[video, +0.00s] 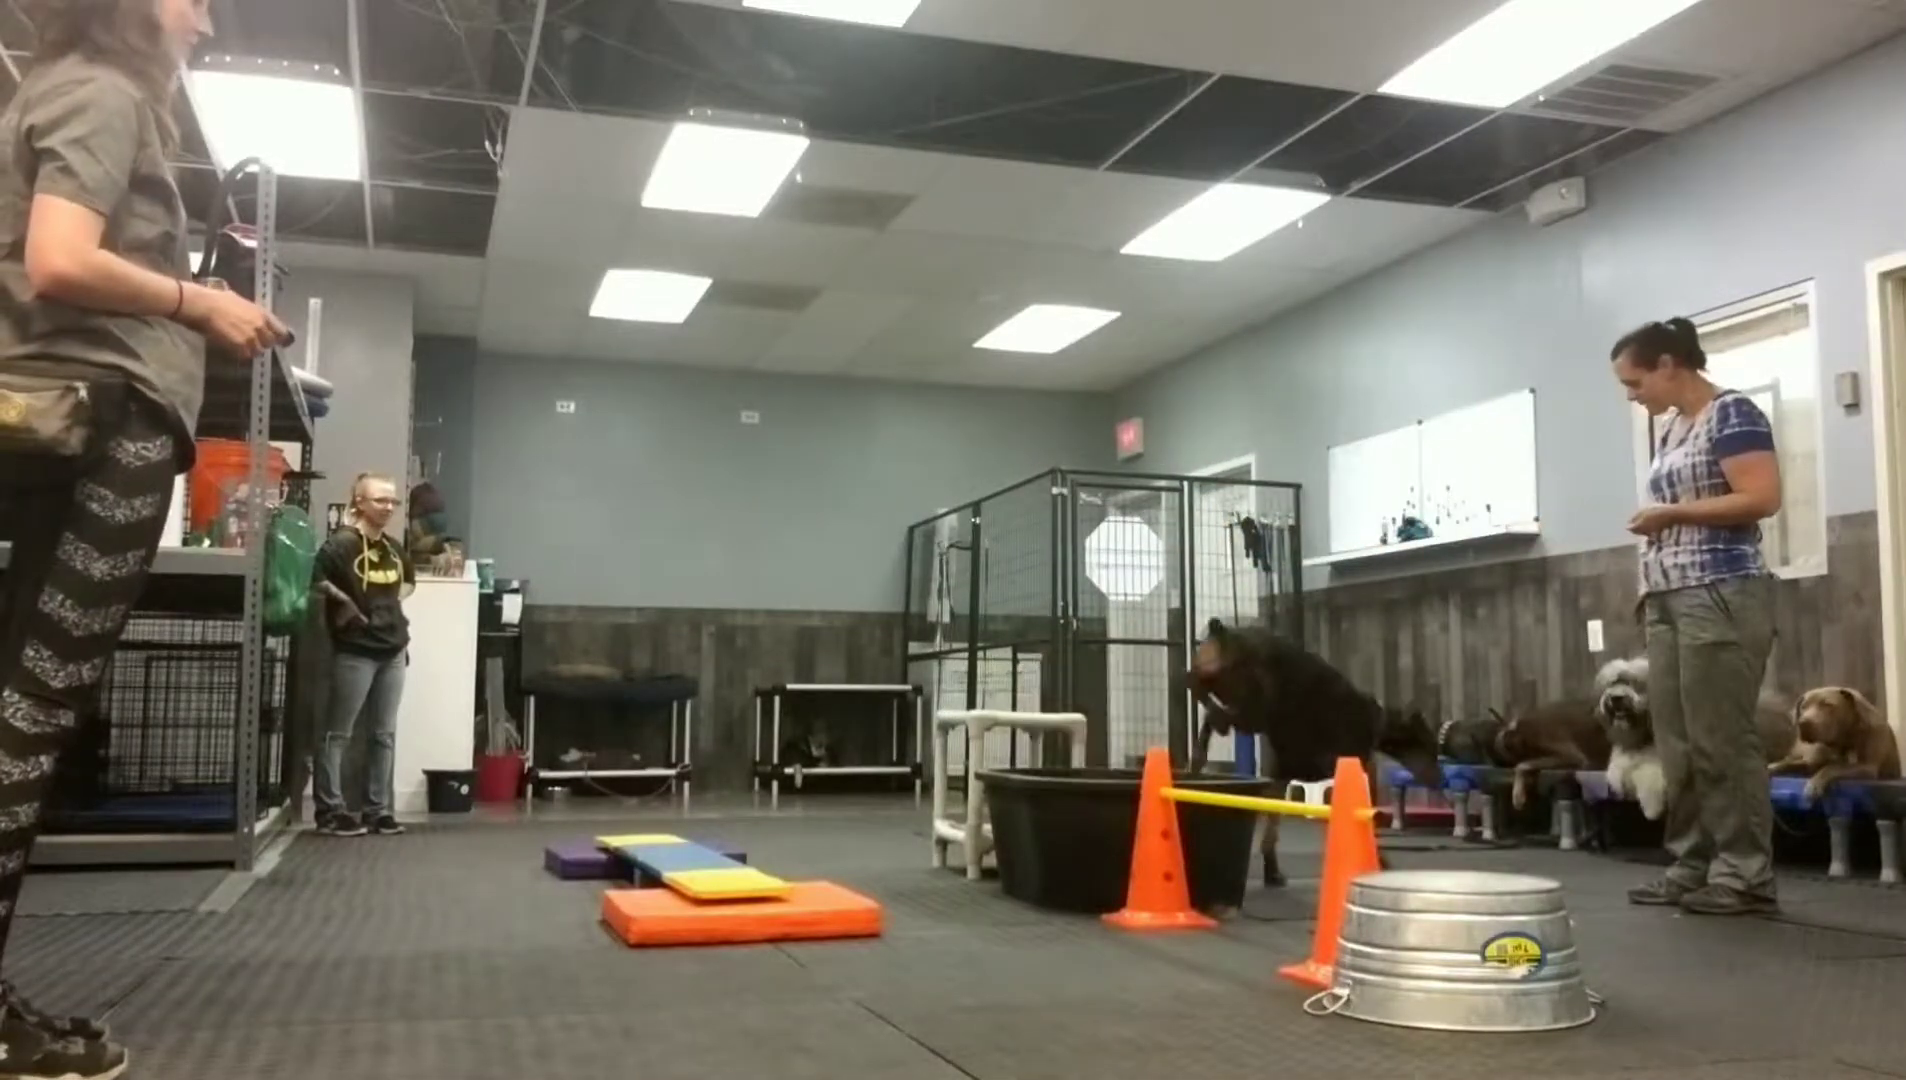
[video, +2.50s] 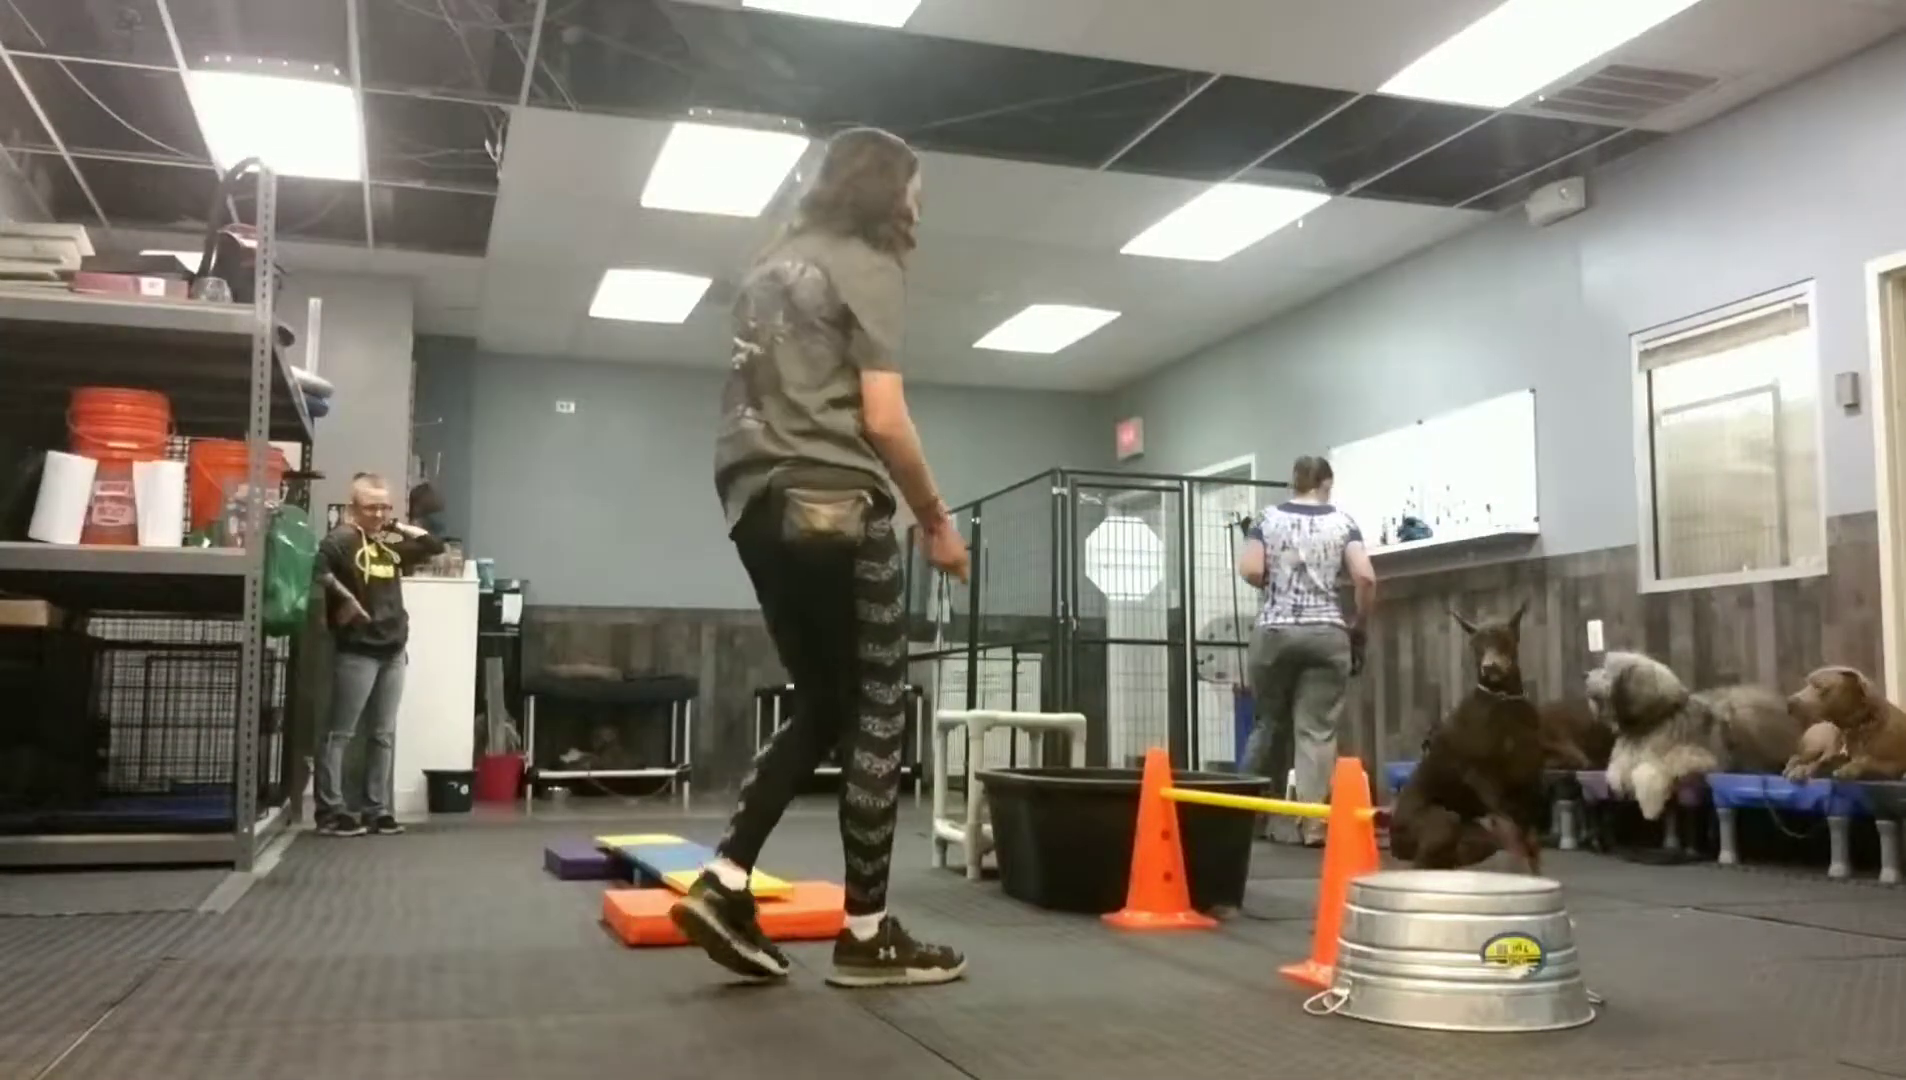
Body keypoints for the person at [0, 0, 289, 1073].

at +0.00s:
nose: (201, 22)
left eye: (202, 10)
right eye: (192, 5)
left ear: (114, 11)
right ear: (145, 4)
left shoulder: (74, 87)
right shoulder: (103, 89)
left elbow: (61, 263)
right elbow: (59, 261)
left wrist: (190, 299)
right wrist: (201, 301)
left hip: (81, 427)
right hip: (98, 430)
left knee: (40, 704)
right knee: (38, 707)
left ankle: (7, 1010)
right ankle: (3, 1015)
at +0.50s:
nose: (203, 20)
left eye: (202, 8)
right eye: (191, 3)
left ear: (124, 12)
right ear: (141, 2)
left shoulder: (102, 88)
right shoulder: (99, 88)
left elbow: (65, 261)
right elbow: (54, 259)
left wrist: (193, 293)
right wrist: (198, 297)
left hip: (99, 426)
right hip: (102, 429)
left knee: (39, 703)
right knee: (35, 707)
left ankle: (1, 1002)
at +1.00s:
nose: (185, 26)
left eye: (186, 14)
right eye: (176, 8)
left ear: (110, 13)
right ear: (126, 4)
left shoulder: (91, 87)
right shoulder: (82, 85)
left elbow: (62, 259)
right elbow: (37, 256)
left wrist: (181, 291)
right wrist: (186, 298)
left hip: (81, 421)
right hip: (85, 423)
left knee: (39, 699)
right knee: (32, 703)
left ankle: (4, 1008)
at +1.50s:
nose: (200, 38)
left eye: (202, 19)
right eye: (191, 14)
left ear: (95, 19)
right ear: (136, 15)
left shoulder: (48, 104)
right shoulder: (98, 109)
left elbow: (56, 274)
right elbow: (46, 274)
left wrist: (172, 308)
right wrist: (180, 315)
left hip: (35, 432)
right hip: (97, 437)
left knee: (30, 712)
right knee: (209, 673)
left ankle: (37, 972)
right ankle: (51, 936)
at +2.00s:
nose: (531, 112)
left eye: (528, 93)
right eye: (523, 92)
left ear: (427, 95)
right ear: (487, 94)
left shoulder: (380, 185)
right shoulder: (482, 184)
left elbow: (355, 323)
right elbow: (465, 332)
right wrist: (529, 377)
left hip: (372, 453)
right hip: (443, 459)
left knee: (508, 691)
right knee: (413, 713)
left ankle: (453, 933)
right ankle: (358, 968)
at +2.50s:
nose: (919, 210)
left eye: (919, 194)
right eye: (913, 193)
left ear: (834, 187)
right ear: (883, 192)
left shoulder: (770, 265)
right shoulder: (867, 266)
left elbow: (768, 397)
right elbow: (884, 416)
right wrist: (935, 518)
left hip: (761, 504)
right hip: (838, 504)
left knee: (818, 705)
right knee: (878, 709)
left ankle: (726, 878)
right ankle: (868, 927)